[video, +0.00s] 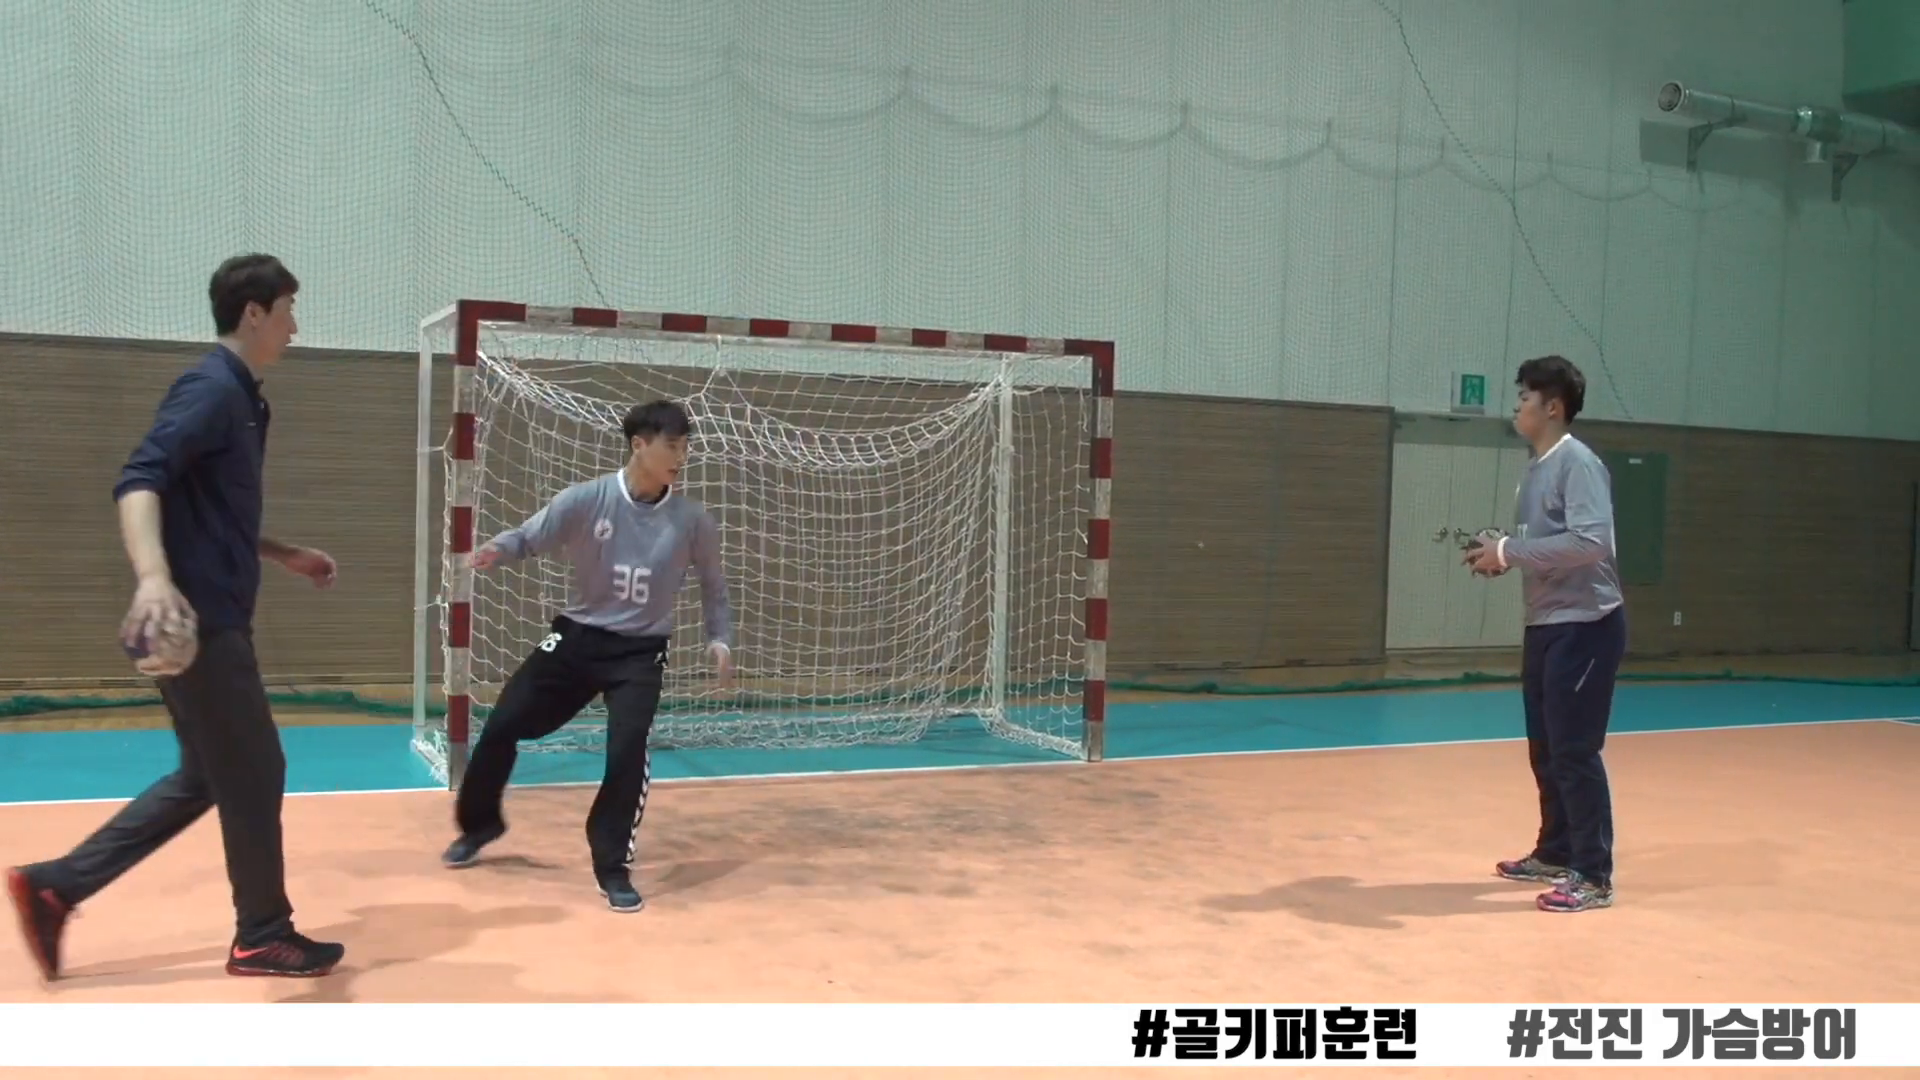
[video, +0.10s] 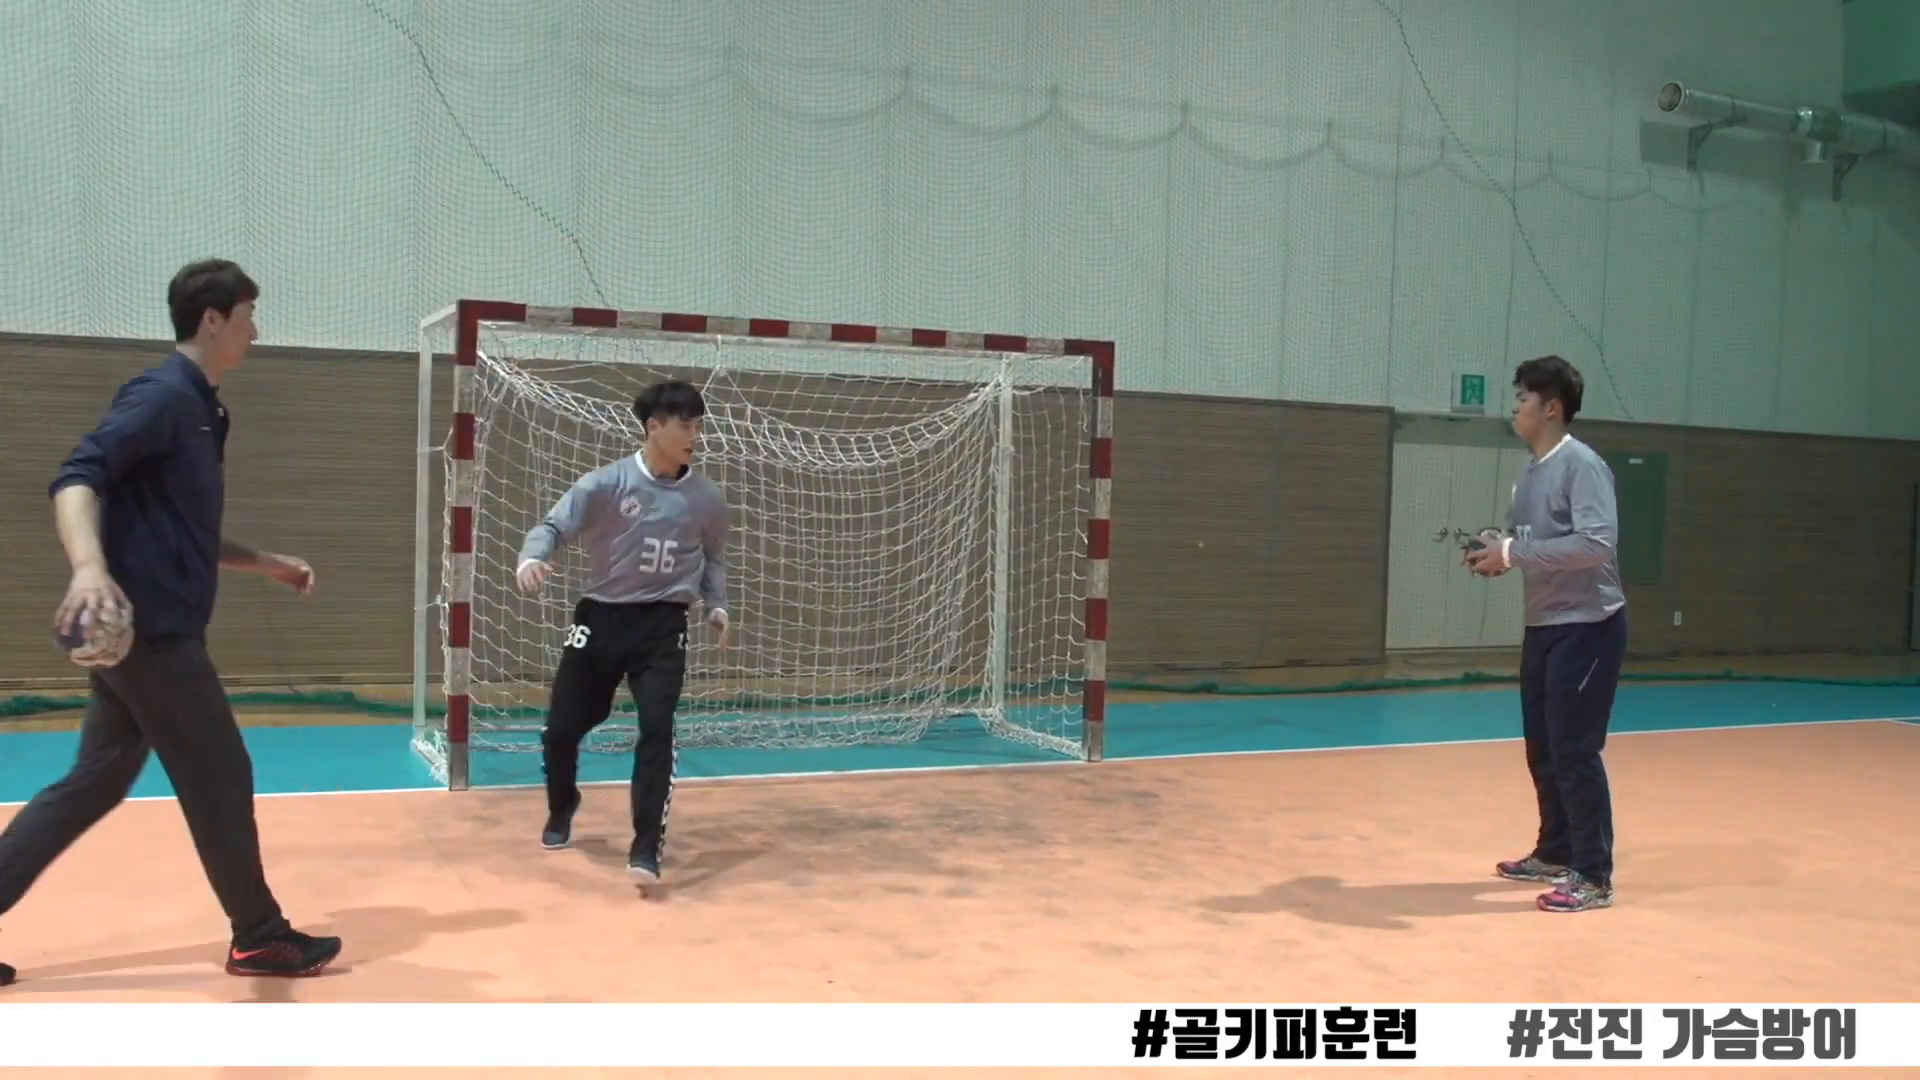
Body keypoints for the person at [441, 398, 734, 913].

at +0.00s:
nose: (681, 456)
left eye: (685, 446)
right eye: (672, 446)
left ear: (686, 449)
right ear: (639, 445)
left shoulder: (694, 521)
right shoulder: (587, 500)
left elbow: (715, 594)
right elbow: (527, 537)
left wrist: (721, 642)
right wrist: (495, 550)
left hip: (641, 654)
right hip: (576, 643)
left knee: (627, 755)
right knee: (502, 725)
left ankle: (614, 868)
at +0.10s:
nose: (695, 435)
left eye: (698, 425)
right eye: (684, 424)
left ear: (698, 431)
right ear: (652, 427)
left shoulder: (707, 500)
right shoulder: (604, 484)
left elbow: (714, 556)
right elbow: (552, 526)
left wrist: (717, 603)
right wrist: (530, 557)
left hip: (662, 625)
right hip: (600, 621)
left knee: (657, 730)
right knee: (561, 729)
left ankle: (646, 846)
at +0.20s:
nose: (710, 436)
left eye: (712, 426)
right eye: (699, 426)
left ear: (715, 433)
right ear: (668, 430)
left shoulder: (720, 499)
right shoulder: (627, 491)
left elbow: (732, 554)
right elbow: (577, 532)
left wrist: (762, 579)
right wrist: (544, 556)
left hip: (688, 626)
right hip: (626, 623)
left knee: (685, 709)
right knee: (597, 725)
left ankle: (684, 806)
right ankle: (580, 816)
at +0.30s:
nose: (737, 424)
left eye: (740, 415)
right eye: (727, 414)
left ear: (742, 420)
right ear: (699, 417)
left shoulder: (757, 479)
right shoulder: (661, 473)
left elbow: (795, 506)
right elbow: (604, 503)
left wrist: (832, 490)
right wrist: (572, 486)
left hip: (717, 613)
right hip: (657, 606)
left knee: (719, 723)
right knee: (608, 706)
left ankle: (710, 778)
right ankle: (577, 814)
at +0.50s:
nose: (819, 442)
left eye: (820, 433)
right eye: (811, 432)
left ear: (818, 435)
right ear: (781, 432)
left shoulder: (824, 479)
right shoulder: (738, 479)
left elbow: (853, 500)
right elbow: (684, 508)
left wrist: (888, 492)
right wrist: (680, 494)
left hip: (793, 604)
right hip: (738, 604)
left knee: (824, 687)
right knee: (722, 698)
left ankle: (772, 758)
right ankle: (712, 758)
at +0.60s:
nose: (854, 475)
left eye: (855, 466)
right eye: (846, 464)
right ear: (817, 465)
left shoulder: (849, 518)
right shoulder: (773, 515)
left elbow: (868, 552)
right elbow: (712, 550)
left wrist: (911, 554)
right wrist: (729, 555)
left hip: (829, 632)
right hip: (771, 634)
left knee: (879, 690)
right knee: (746, 715)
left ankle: (881, 757)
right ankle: (731, 770)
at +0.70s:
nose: (907, 472)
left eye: (909, 464)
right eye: (898, 464)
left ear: (908, 467)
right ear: (871, 465)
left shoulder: (898, 516)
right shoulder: (837, 515)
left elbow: (905, 557)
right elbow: (782, 564)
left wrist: (943, 571)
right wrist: (798, 587)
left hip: (881, 639)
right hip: (824, 642)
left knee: (941, 696)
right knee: (780, 715)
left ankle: (974, 763)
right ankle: (729, 773)